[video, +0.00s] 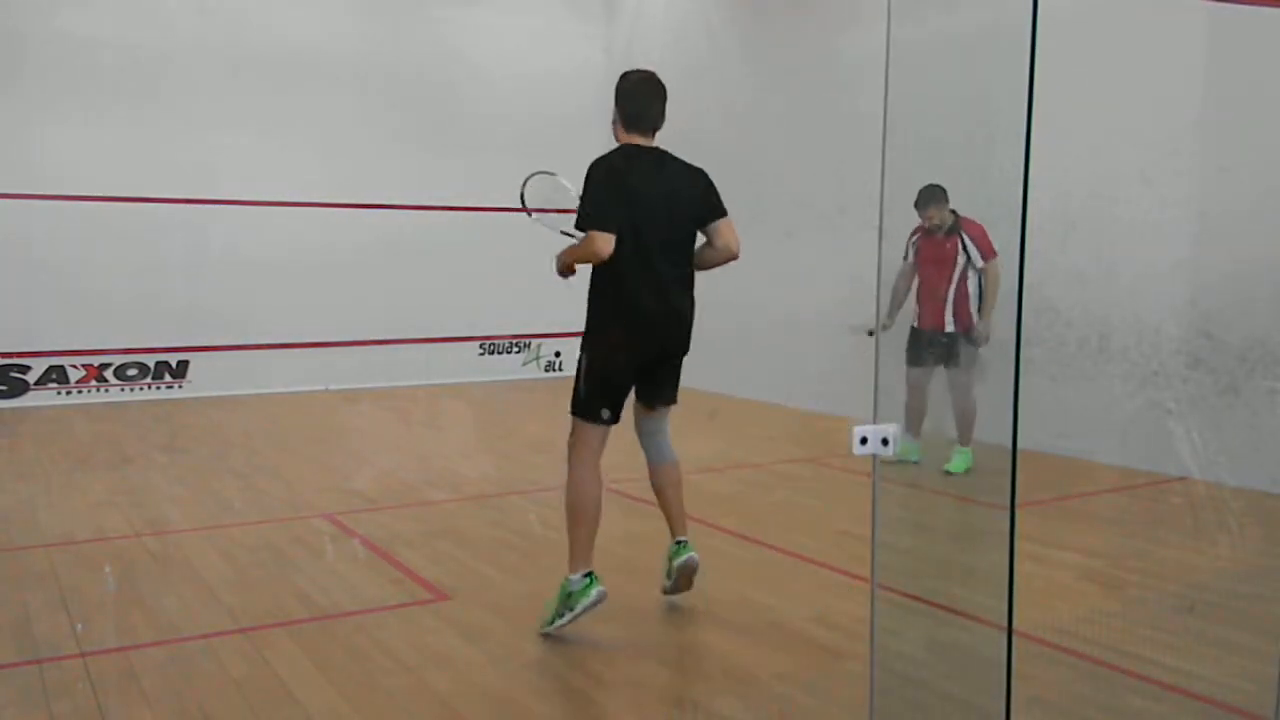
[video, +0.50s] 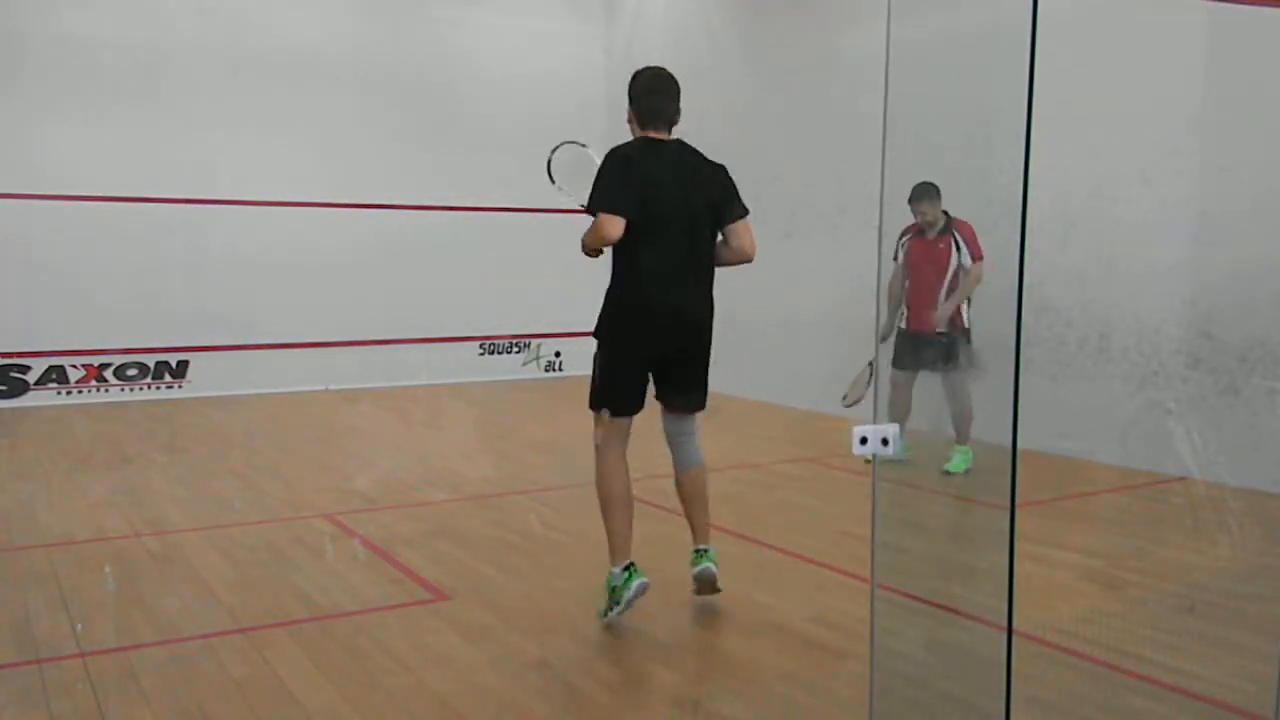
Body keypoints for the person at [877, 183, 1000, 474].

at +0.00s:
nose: (927, 223)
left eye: (932, 217)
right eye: (923, 218)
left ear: (946, 208)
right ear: (919, 214)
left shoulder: (970, 232)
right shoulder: (918, 237)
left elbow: (992, 271)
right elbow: (906, 275)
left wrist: (985, 319)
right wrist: (891, 314)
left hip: (960, 330)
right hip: (924, 328)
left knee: (961, 388)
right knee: (915, 385)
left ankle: (963, 450)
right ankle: (910, 443)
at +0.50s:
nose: (922, 220)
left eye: (927, 214)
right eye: (917, 215)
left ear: (940, 207)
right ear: (912, 212)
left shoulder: (960, 232)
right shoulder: (908, 237)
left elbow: (974, 273)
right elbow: (898, 279)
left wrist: (949, 306)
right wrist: (889, 320)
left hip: (948, 330)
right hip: (912, 328)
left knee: (955, 386)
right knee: (899, 382)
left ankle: (962, 448)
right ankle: (895, 442)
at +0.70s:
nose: (914, 207)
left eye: (919, 202)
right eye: (909, 203)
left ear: (929, 202)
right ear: (902, 206)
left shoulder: (943, 231)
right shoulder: (892, 236)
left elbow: (951, 273)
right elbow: (886, 279)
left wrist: (908, 290)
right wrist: (881, 319)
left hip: (933, 328)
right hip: (897, 327)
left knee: (945, 384)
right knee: (892, 382)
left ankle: (960, 447)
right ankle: (894, 443)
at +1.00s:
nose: (900, 203)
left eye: (905, 198)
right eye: (895, 198)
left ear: (913, 200)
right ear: (887, 201)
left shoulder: (924, 233)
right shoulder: (876, 233)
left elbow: (932, 279)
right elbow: (865, 274)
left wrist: (932, 320)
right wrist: (856, 308)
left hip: (909, 324)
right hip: (879, 324)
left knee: (914, 379)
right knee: (886, 382)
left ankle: (945, 440)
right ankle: (890, 443)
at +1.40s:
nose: (893, 202)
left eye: (898, 197)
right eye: (888, 197)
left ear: (906, 201)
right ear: (880, 199)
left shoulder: (918, 233)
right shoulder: (866, 233)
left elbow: (935, 273)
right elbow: (856, 267)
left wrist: (943, 315)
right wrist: (847, 281)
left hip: (902, 322)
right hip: (870, 322)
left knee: (901, 376)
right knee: (881, 381)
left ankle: (919, 441)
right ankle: (885, 442)